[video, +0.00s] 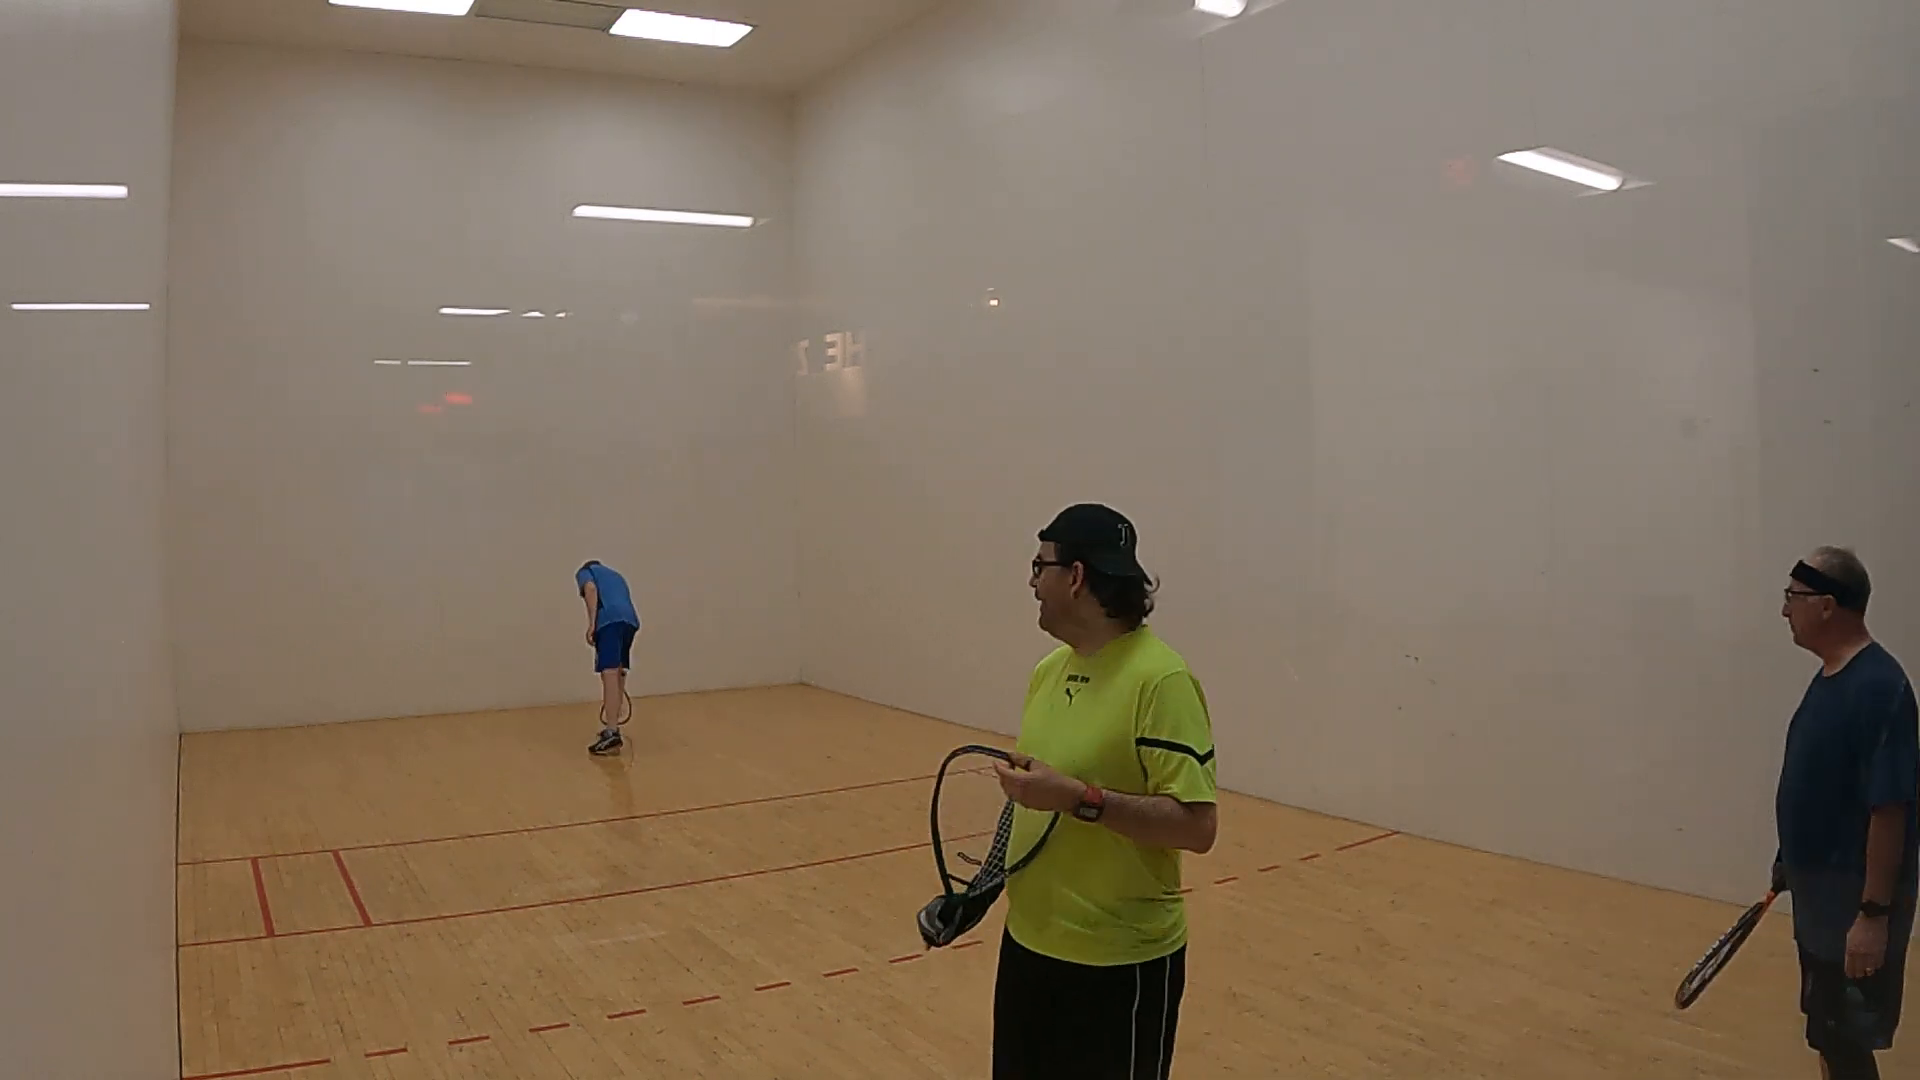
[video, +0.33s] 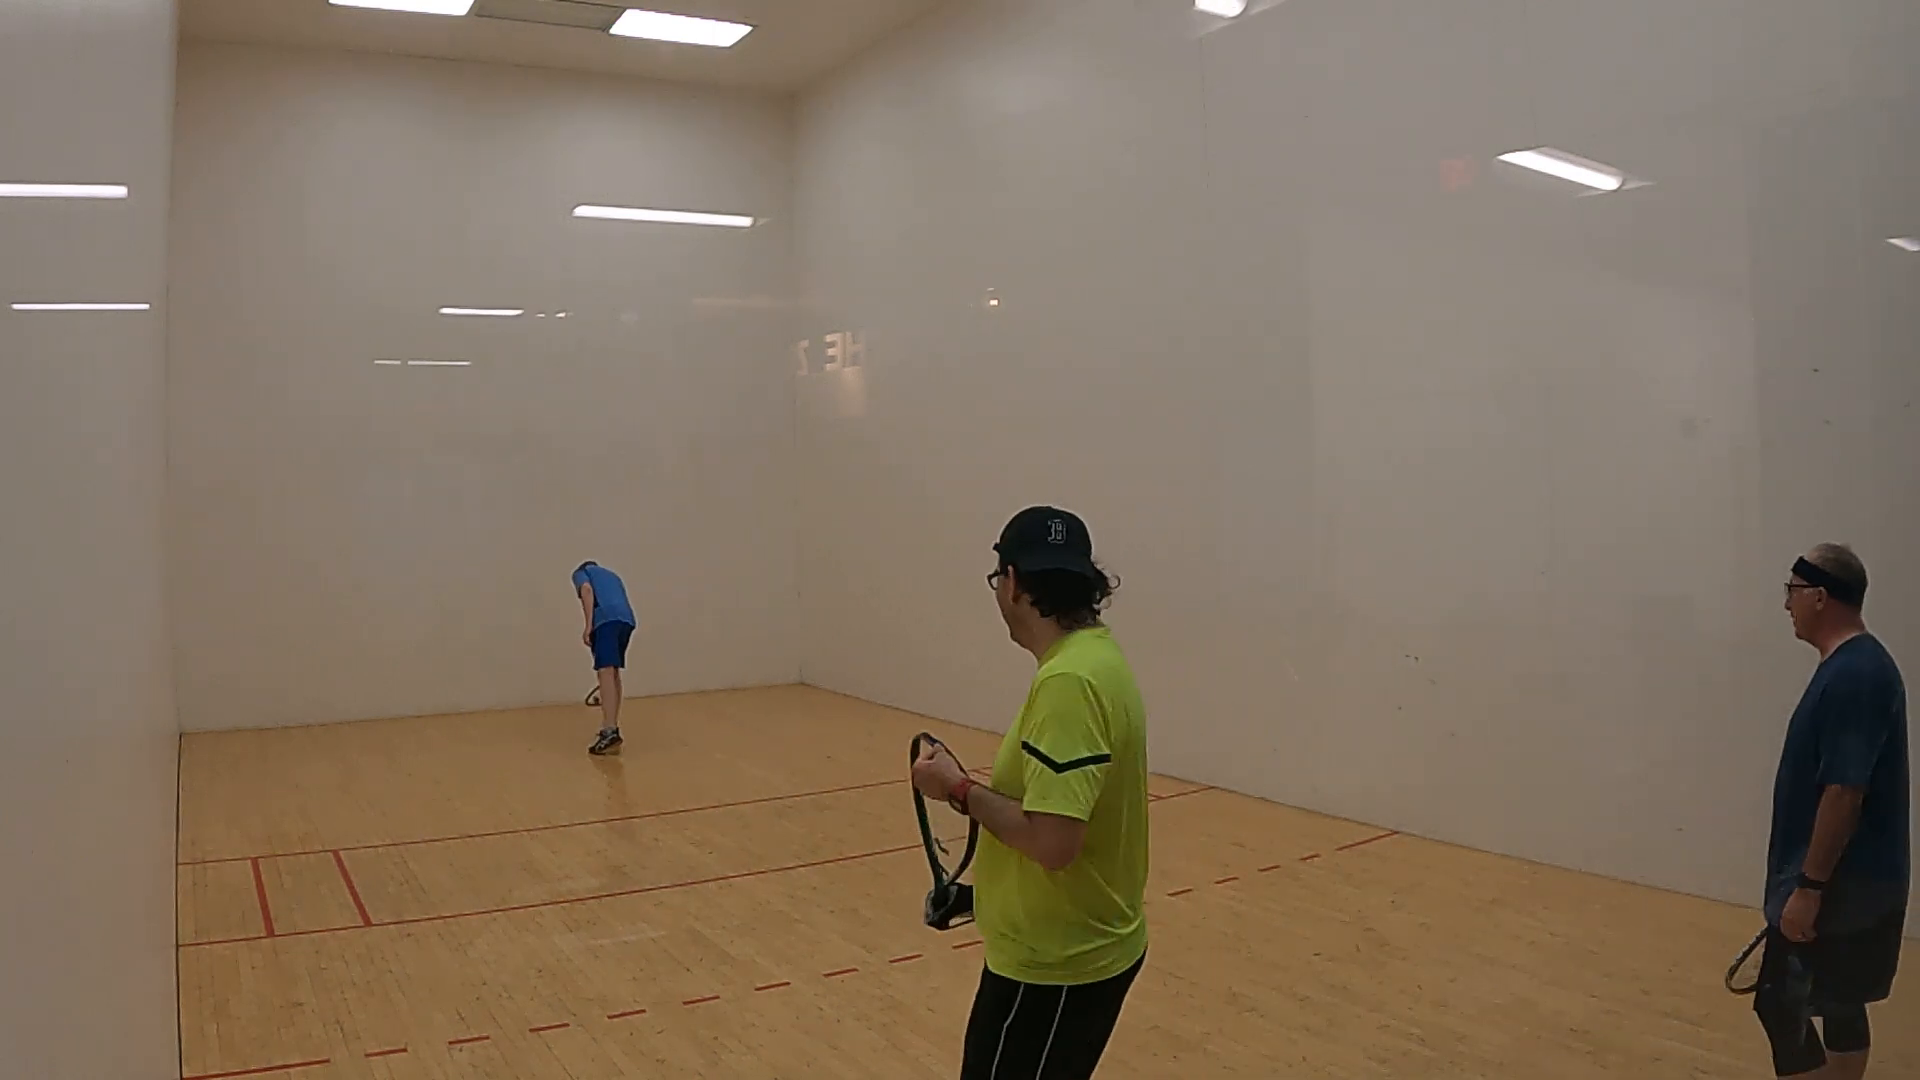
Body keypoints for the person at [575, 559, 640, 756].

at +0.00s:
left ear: (585, 568)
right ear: (599, 566)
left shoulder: (585, 571)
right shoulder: (615, 575)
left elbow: (591, 589)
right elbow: (622, 605)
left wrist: (591, 624)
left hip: (610, 619)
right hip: (630, 620)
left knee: (609, 673)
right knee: (619, 672)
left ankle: (612, 731)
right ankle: (616, 719)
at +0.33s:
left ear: (581, 568)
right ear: (595, 567)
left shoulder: (581, 572)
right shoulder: (611, 576)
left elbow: (587, 590)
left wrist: (588, 625)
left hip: (607, 619)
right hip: (627, 620)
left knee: (606, 673)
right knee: (614, 673)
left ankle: (609, 729)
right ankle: (612, 727)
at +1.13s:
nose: (584, 559)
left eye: (582, 555)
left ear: (582, 553)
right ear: (603, 549)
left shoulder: (579, 567)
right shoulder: (622, 563)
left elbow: (579, 600)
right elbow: (633, 596)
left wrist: (577, 638)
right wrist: (631, 630)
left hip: (598, 633)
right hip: (628, 631)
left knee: (594, 685)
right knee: (622, 683)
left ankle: (602, 740)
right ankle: (630, 737)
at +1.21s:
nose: (587, 559)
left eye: (586, 556)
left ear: (585, 554)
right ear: (606, 549)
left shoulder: (582, 567)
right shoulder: (626, 563)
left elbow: (583, 600)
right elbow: (638, 595)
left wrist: (581, 638)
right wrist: (635, 626)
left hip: (600, 633)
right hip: (631, 632)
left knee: (599, 686)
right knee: (628, 688)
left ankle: (601, 740)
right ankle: (632, 745)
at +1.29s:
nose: (589, 559)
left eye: (589, 555)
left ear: (589, 553)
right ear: (610, 549)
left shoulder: (586, 566)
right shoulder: (630, 562)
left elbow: (587, 600)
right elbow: (642, 596)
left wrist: (584, 639)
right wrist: (638, 628)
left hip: (603, 633)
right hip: (633, 632)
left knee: (601, 687)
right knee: (630, 688)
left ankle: (601, 741)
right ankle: (632, 748)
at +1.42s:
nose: (593, 558)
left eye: (592, 554)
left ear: (592, 552)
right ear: (613, 548)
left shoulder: (588, 566)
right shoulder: (635, 562)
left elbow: (587, 603)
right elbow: (655, 597)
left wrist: (585, 639)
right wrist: (651, 625)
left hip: (604, 635)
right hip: (636, 633)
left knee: (604, 689)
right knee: (631, 690)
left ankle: (609, 748)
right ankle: (632, 749)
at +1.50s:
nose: (595, 558)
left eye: (594, 555)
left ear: (593, 553)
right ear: (615, 550)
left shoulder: (587, 568)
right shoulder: (636, 562)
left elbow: (585, 606)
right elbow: (661, 592)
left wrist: (584, 643)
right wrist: (656, 626)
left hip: (604, 637)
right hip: (636, 634)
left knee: (606, 691)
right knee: (632, 690)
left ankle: (614, 750)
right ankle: (633, 749)